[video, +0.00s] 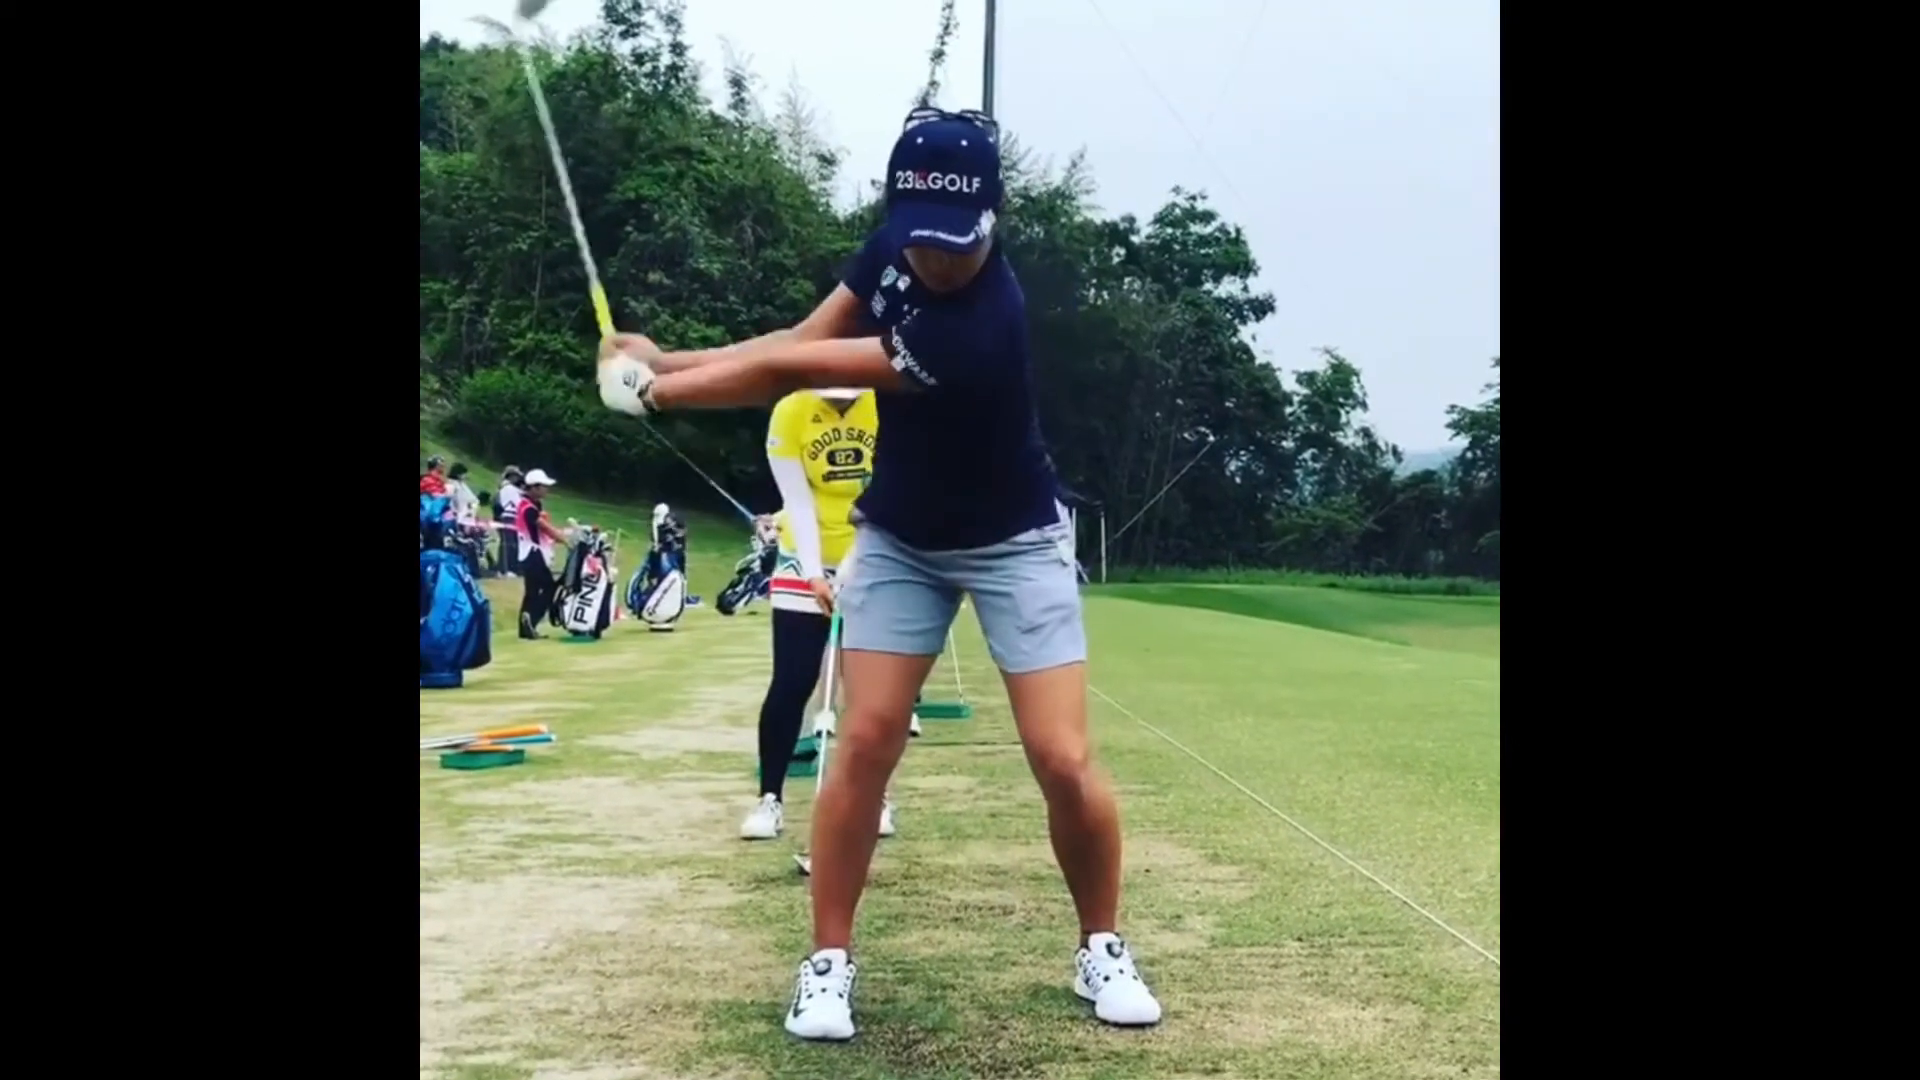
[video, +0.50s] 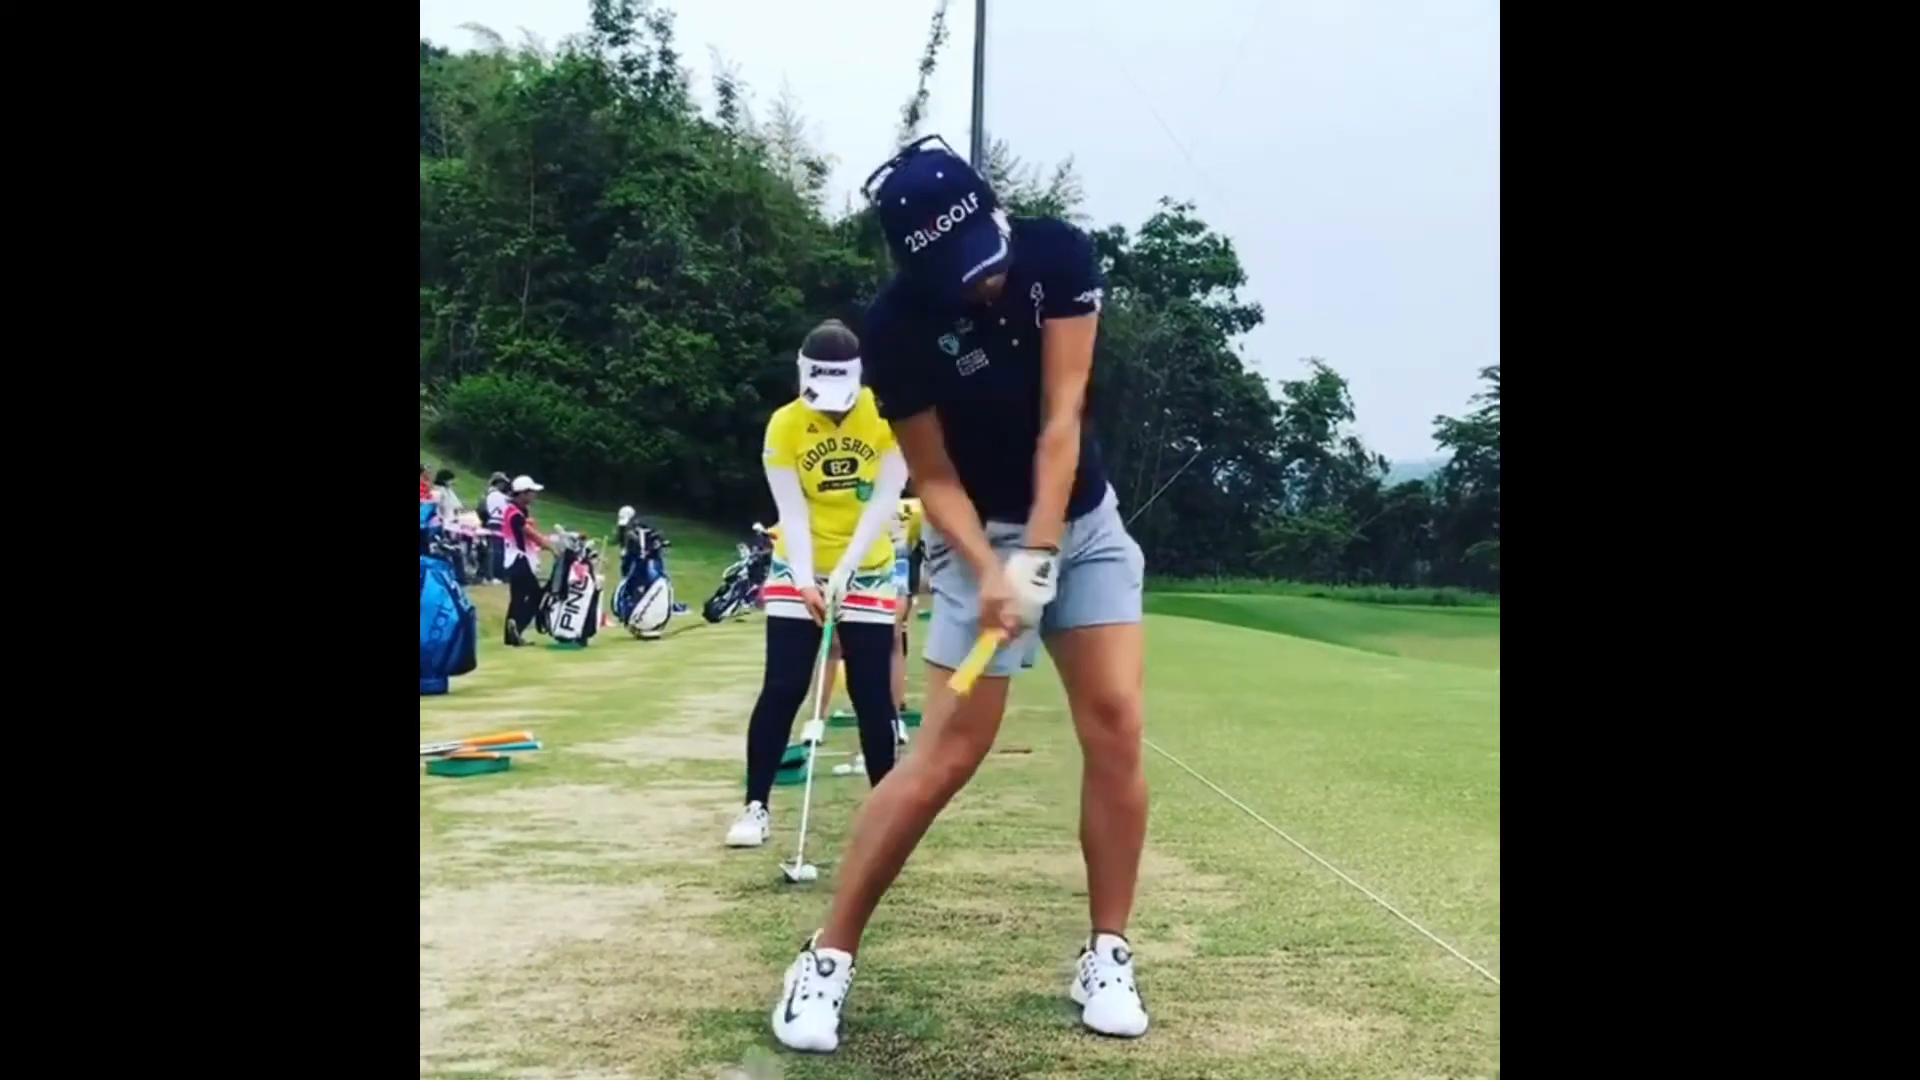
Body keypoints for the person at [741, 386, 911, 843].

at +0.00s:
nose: (839, 379)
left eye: (847, 364)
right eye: (826, 363)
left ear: (868, 359)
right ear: (813, 361)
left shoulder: (886, 404)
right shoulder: (791, 413)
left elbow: (896, 486)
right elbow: (797, 502)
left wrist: (869, 561)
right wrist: (813, 571)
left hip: (871, 558)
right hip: (804, 561)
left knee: (879, 691)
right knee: (791, 684)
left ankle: (876, 792)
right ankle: (769, 797)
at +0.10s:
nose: (828, 390)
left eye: (838, 379)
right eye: (818, 378)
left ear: (855, 368)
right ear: (802, 369)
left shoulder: (876, 404)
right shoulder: (779, 416)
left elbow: (892, 488)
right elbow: (788, 503)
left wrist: (855, 562)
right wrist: (806, 572)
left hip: (864, 560)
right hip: (795, 562)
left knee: (868, 692)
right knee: (787, 685)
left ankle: (876, 796)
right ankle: (768, 800)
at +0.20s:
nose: (821, 399)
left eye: (832, 389)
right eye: (811, 388)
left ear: (850, 372)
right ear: (793, 372)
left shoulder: (872, 406)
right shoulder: (772, 420)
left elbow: (876, 493)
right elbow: (783, 508)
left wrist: (839, 566)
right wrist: (803, 573)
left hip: (857, 558)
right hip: (788, 560)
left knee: (869, 690)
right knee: (784, 686)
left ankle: (876, 795)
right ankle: (767, 802)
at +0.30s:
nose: (820, 402)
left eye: (831, 392)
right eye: (809, 392)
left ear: (848, 374)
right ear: (792, 375)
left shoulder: (877, 409)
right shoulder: (772, 422)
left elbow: (877, 494)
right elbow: (782, 508)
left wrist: (839, 566)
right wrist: (801, 574)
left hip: (856, 562)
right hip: (787, 562)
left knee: (868, 691)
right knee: (782, 688)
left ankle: (884, 791)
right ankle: (764, 805)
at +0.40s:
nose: (819, 391)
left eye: (831, 380)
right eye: (810, 380)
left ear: (853, 373)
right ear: (795, 374)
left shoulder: (888, 417)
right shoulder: (778, 424)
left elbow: (881, 500)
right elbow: (786, 509)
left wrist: (840, 568)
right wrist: (802, 575)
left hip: (866, 568)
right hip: (791, 566)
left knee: (872, 694)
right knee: (782, 689)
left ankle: (893, 804)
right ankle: (760, 806)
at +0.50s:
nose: (830, 403)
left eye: (840, 391)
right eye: (819, 390)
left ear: (859, 375)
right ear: (804, 375)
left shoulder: (888, 416)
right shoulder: (784, 428)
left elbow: (886, 499)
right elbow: (792, 515)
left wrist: (844, 568)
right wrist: (803, 579)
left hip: (869, 571)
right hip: (797, 568)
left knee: (873, 698)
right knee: (782, 689)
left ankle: (891, 812)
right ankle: (755, 807)